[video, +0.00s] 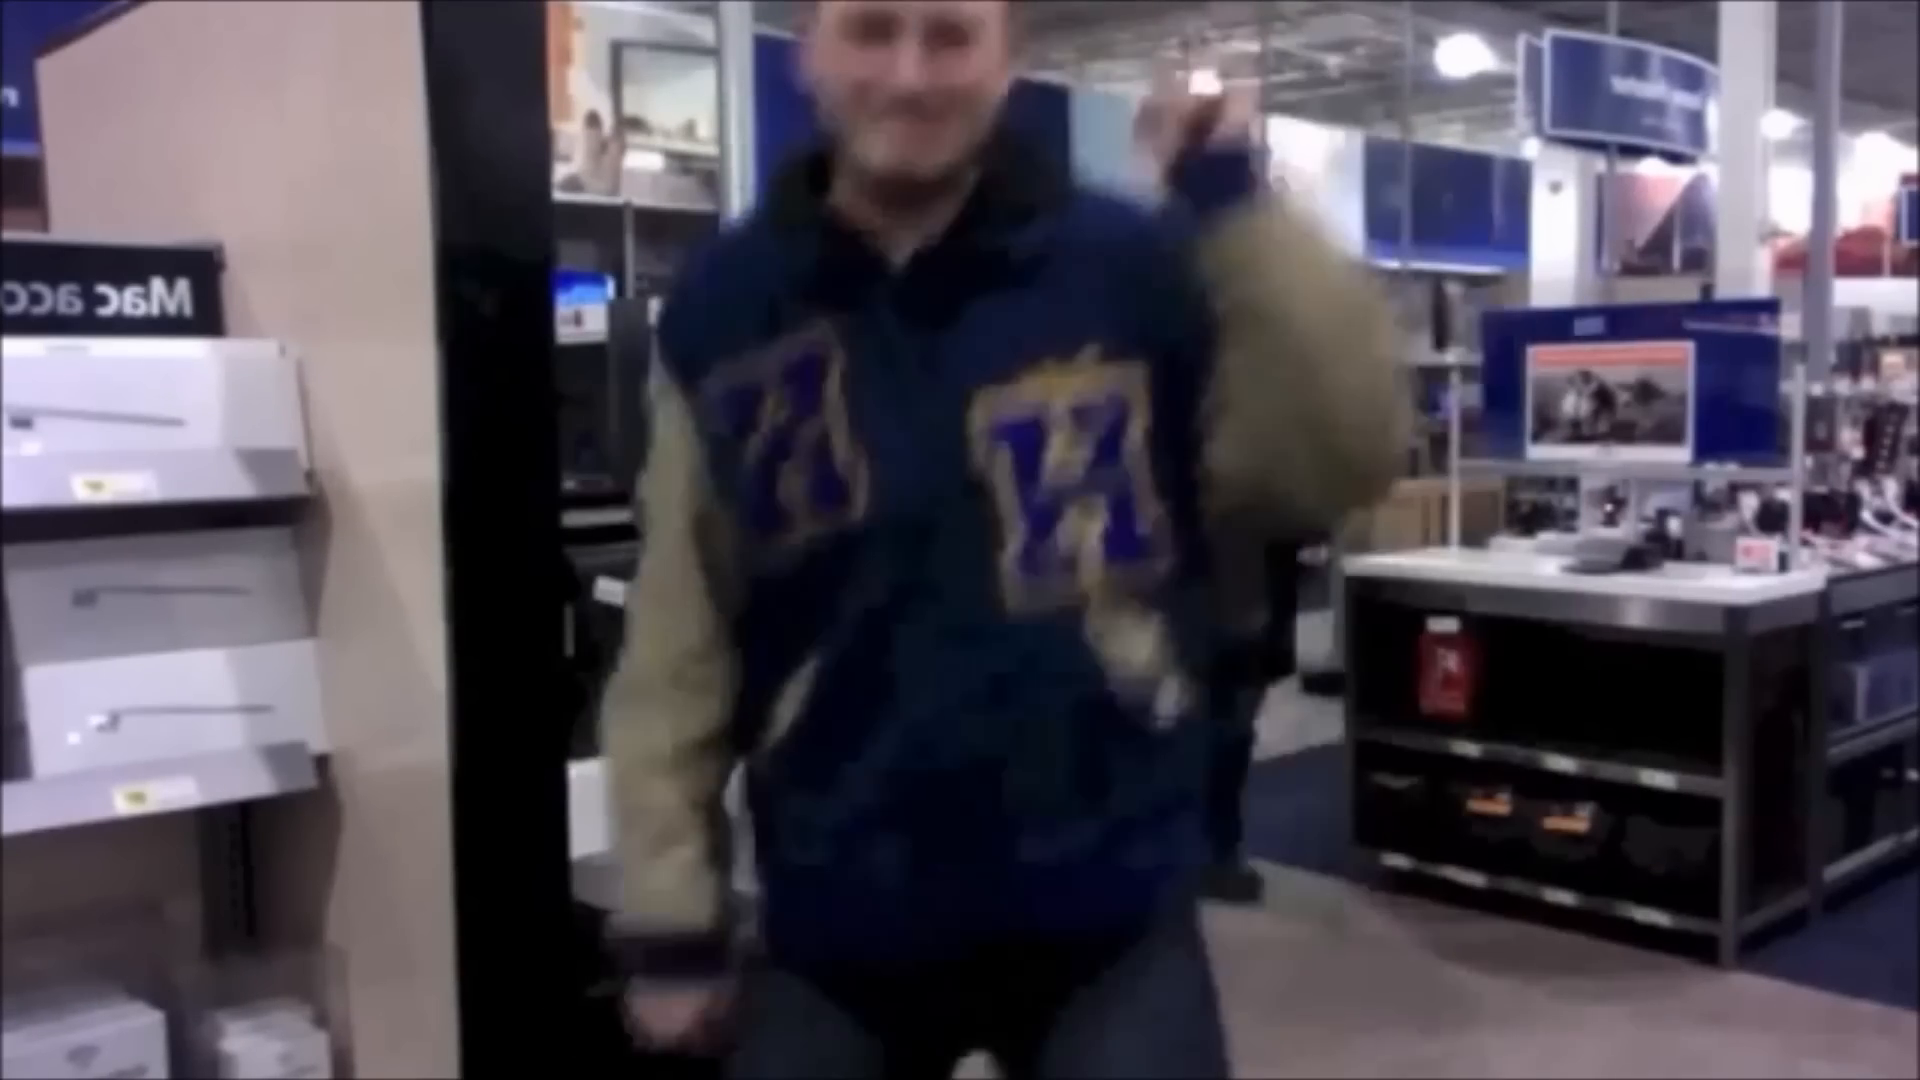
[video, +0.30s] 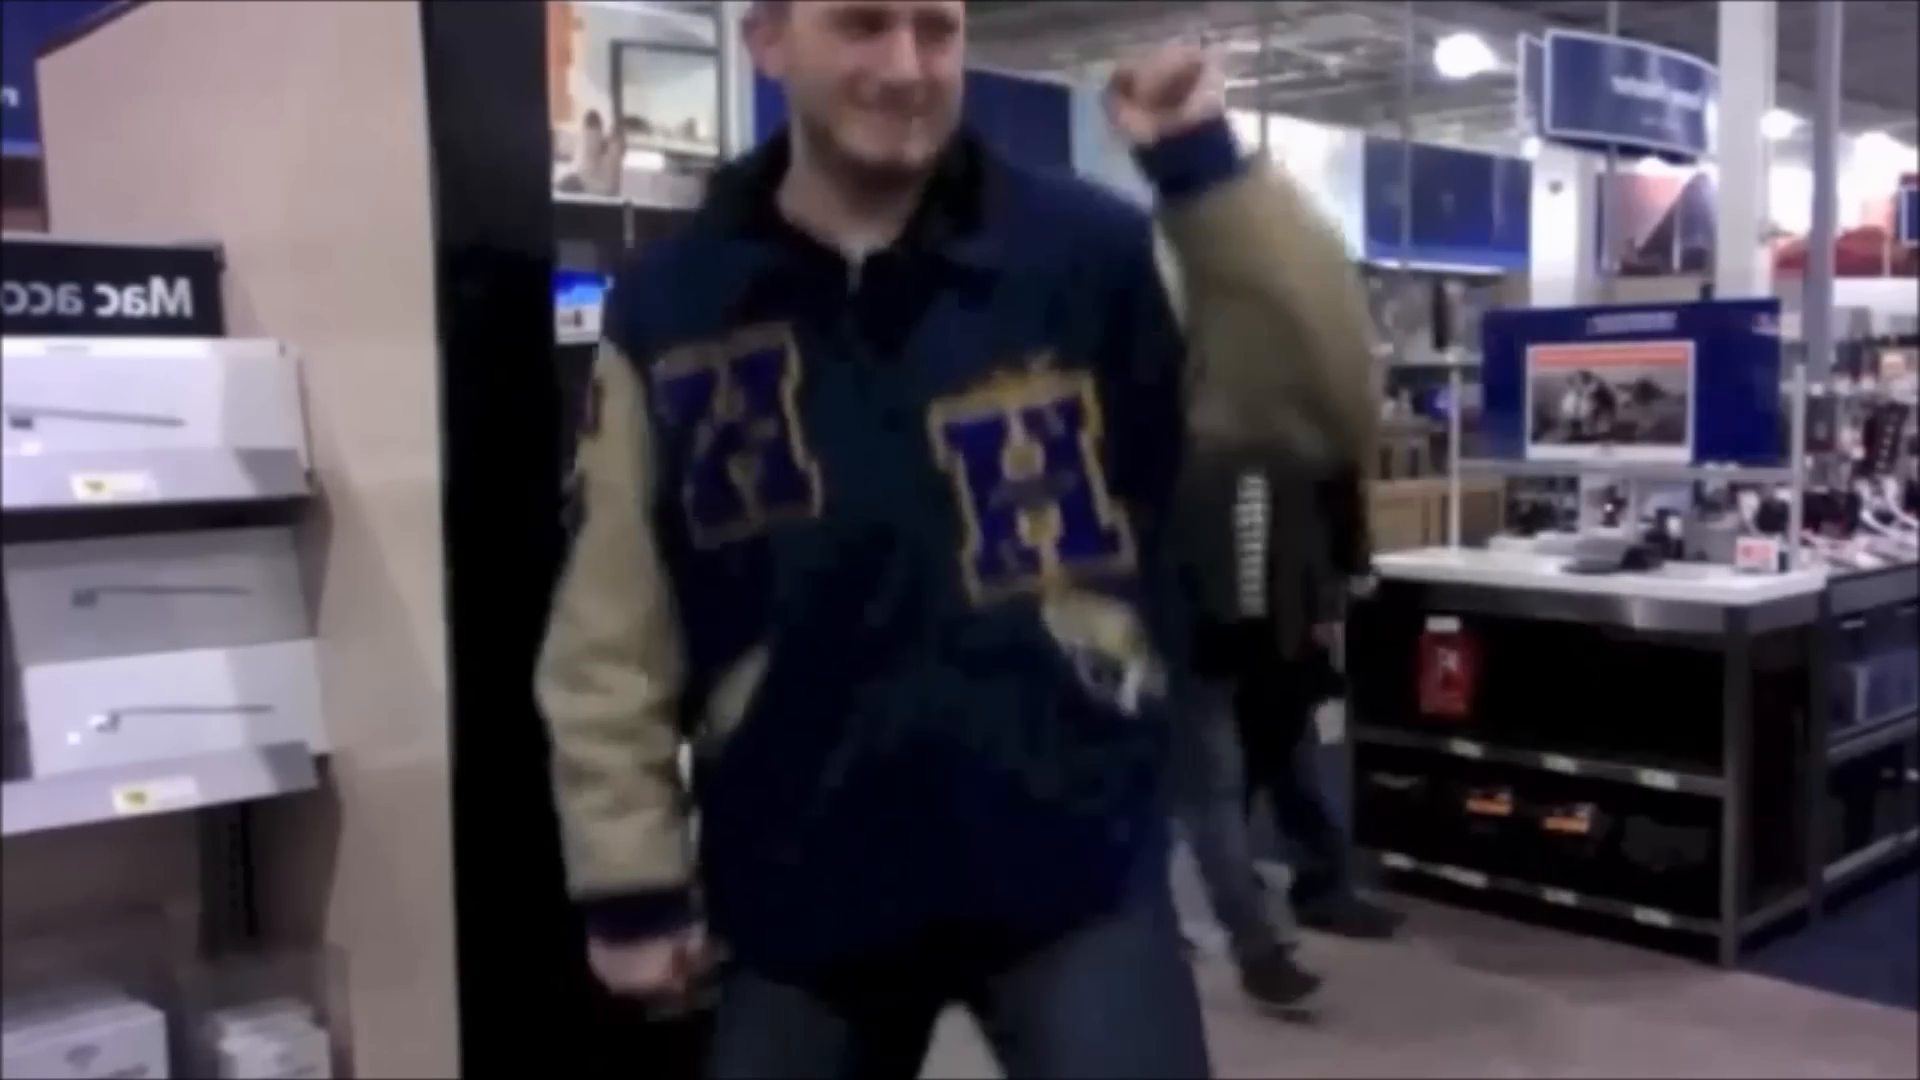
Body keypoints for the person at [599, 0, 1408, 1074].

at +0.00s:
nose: (909, 75)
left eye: (951, 37)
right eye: (871, 32)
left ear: (1010, 54)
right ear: (808, 50)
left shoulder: (1133, 270)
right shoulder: (729, 313)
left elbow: (1343, 462)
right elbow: (675, 647)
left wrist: (1238, 209)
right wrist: (669, 928)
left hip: (1104, 902)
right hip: (846, 908)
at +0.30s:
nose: (906, 67)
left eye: (935, 30)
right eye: (862, 26)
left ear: (968, 46)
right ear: (766, 38)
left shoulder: (1085, 249)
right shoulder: (678, 302)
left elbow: (1321, 410)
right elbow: (612, 621)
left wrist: (1207, 170)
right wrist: (631, 881)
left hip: (1067, 862)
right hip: (807, 877)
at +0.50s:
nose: (954, 152)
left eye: (981, 113)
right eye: (912, 110)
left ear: (1013, 121)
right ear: (814, 119)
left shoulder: (1116, 335)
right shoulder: (722, 375)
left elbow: (1219, 577)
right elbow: (614, 600)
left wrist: (1274, 615)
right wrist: (580, 736)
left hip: (1093, 957)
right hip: (833, 964)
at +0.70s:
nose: (1045, 85)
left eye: (1070, 52)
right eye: (1000, 46)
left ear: (1096, 72)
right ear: (901, 63)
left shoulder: (1193, 309)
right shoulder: (794, 292)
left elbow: (1278, 623)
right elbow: (594, 473)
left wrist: (1315, 897)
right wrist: (695, 202)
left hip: (1133, 911)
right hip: (863, 908)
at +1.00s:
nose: (1214, 184)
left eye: (1247, 147)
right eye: (1170, 144)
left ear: (1281, 167)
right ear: (1081, 159)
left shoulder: (1352, 405)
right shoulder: (965, 358)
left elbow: (1414, 749)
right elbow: (721, 499)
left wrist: (1426, 1029)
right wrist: (903, 271)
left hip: (1264, 1021)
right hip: (989, 1013)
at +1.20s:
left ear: (1144, 9)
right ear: (956, 4)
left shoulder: (1257, 209)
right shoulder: (866, 202)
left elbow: (1377, 457)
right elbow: (681, 474)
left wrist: (1484, 557)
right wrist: (765, 318)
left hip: (1190, 835)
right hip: (932, 832)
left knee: (1247, 1060)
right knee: (835, 1064)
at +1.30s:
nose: (999, 2)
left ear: (1102, 11)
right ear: (907, 12)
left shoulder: (1223, 209)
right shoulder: (807, 221)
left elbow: (1348, 451)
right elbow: (674, 454)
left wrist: (1472, 416)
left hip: (1163, 840)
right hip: (905, 843)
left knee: (1224, 1060)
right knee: (818, 1065)